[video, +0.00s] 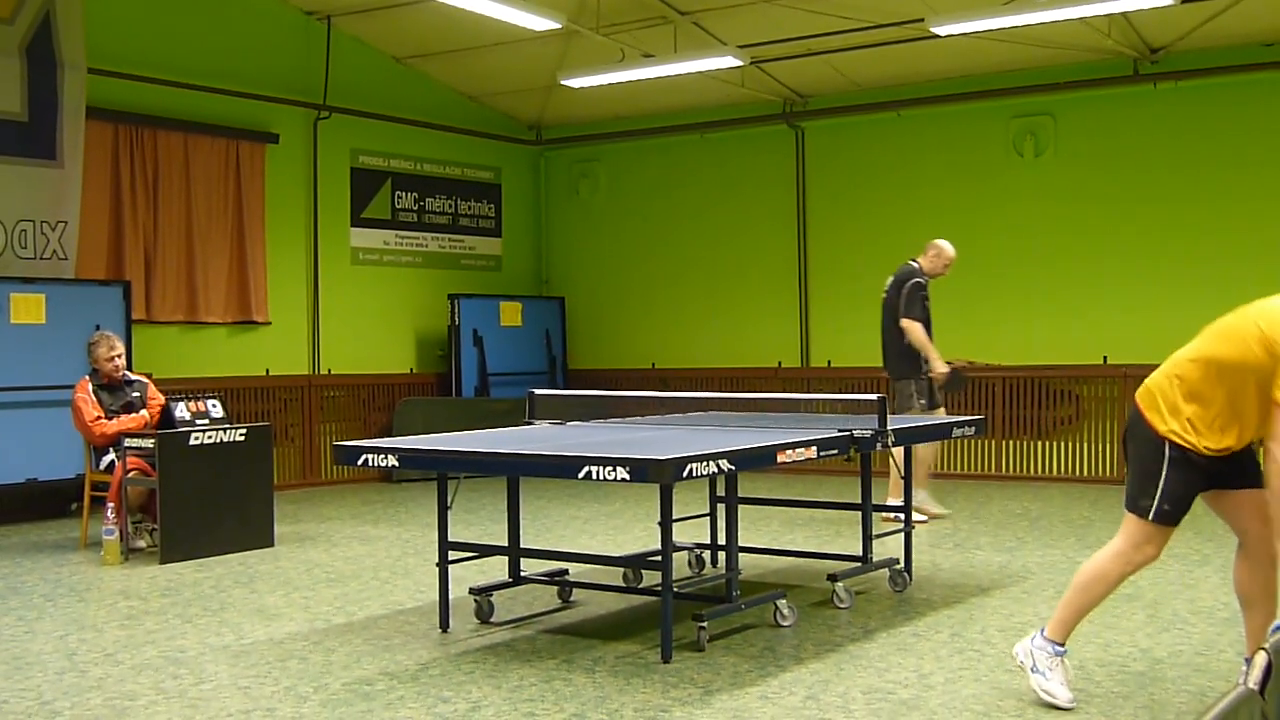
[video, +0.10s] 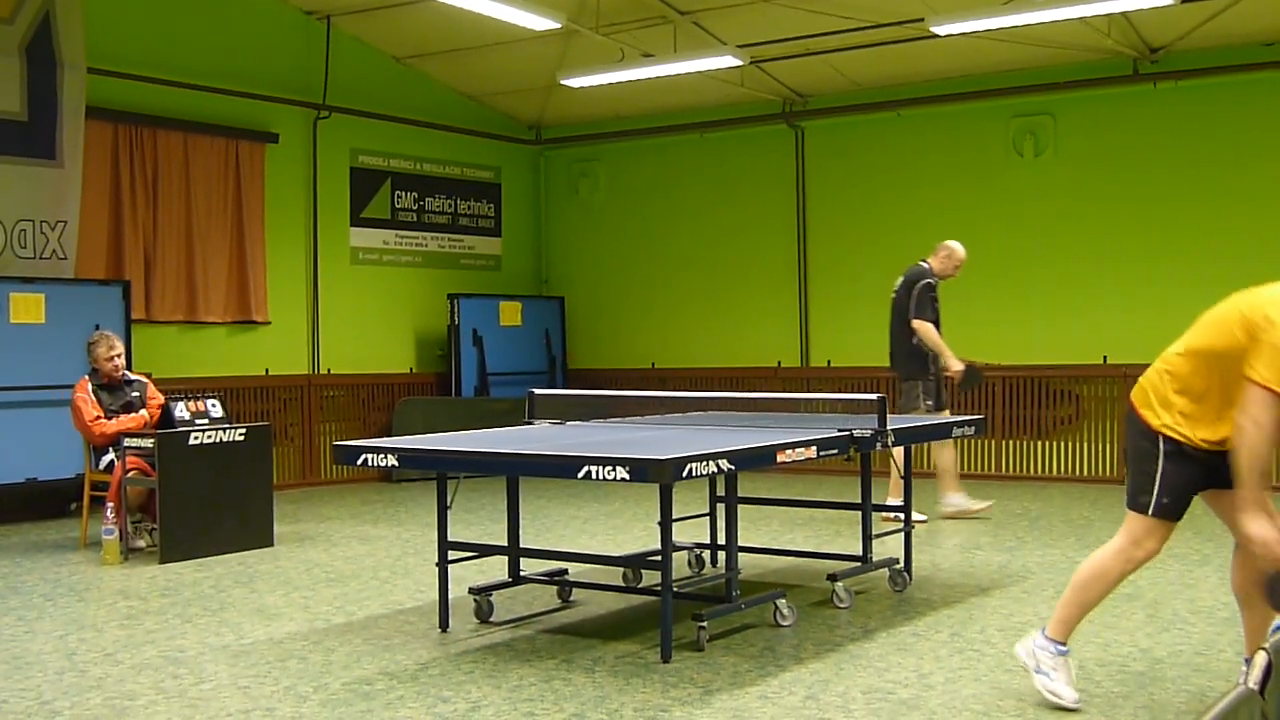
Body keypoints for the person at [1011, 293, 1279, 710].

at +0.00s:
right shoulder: (1271, 328)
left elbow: (1273, 445)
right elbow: (1276, 448)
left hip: (1224, 435)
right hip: (1169, 421)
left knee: (1263, 535)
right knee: (1137, 546)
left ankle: (1259, 661)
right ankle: (1045, 645)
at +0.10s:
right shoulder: (1270, 315)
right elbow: (1254, 422)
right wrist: (1256, 517)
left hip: (1219, 427)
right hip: (1165, 417)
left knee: (1257, 534)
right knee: (1138, 542)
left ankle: (1259, 663)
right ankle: (1048, 643)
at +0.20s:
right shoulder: (1254, 297)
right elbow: (1195, 382)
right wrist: (1194, 480)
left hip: (1220, 418)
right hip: (1158, 408)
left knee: (1252, 533)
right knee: (1146, 539)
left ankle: (1258, 665)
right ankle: (1078, 658)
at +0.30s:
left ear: (1277, 249)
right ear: (1273, 248)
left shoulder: (1269, 303)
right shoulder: (1218, 289)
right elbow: (1156, 366)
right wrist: (1154, 468)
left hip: (1208, 427)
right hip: (1147, 423)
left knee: (1244, 537)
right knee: (1145, 551)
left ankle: (1258, 669)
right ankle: (1109, 679)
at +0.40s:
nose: (1255, 257)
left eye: (1262, 245)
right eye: (1243, 243)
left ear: (1266, 244)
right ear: (1210, 236)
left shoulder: (1242, 291)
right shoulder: (1154, 289)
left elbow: (1232, 343)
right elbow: (1096, 371)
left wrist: (1260, 367)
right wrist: (1102, 464)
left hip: (1197, 445)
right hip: (1135, 448)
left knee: (1232, 544)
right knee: (1140, 559)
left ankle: (1256, 665)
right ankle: (1111, 682)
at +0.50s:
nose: (1204, 242)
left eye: (1214, 230)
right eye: (1192, 230)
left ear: (1223, 230)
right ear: (1162, 226)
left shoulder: (1214, 282)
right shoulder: (1112, 286)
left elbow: (1217, 340)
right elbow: (1065, 372)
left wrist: (1236, 366)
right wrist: (1073, 465)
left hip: (1183, 440)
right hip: (1114, 446)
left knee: (1225, 545)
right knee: (1127, 561)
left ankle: (1251, 666)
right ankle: (1109, 681)